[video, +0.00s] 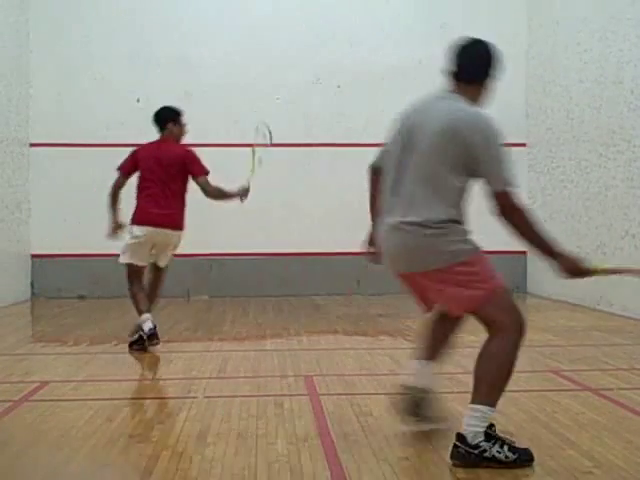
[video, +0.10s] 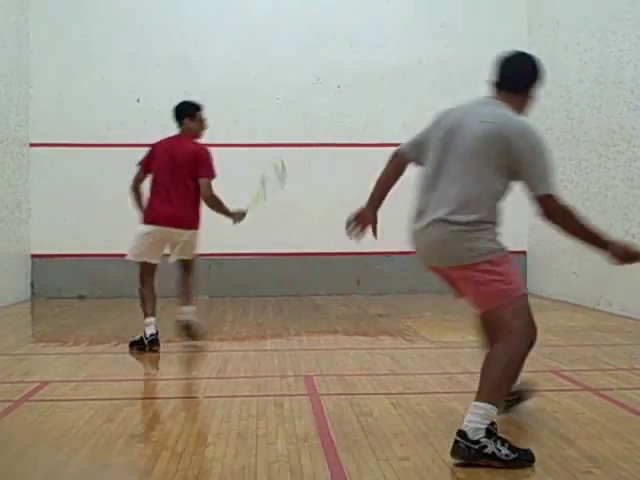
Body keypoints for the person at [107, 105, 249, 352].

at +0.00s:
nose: (185, 128)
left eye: (183, 123)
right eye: (181, 124)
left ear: (163, 127)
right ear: (171, 126)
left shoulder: (142, 151)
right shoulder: (185, 154)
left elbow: (115, 188)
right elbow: (209, 190)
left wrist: (114, 219)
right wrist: (236, 194)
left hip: (143, 223)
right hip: (172, 227)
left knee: (135, 279)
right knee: (156, 279)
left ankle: (147, 324)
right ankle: (139, 333)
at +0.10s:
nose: (205, 124)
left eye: (203, 119)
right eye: (201, 119)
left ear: (182, 122)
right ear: (188, 121)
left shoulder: (159, 147)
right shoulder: (200, 151)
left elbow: (136, 183)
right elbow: (207, 194)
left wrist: (143, 210)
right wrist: (230, 213)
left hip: (155, 221)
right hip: (186, 223)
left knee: (146, 274)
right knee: (186, 267)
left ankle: (150, 330)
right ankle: (186, 314)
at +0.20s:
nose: (227, 123)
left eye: (227, 118)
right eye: (222, 119)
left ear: (205, 120)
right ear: (209, 119)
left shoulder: (182, 143)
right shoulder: (218, 151)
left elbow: (157, 178)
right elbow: (215, 195)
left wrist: (166, 205)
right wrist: (235, 222)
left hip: (174, 220)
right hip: (204, 224)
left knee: (158, 272)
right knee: (218, 272)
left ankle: (151, 331)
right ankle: (232, 311)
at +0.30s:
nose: (252, 125)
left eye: (251, 119)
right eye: (247, 120)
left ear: (229, 122)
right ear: (233, 122)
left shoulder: (206, 145)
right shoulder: (243, 153)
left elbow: (178, 176)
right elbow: (237, 195)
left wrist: (187, 204)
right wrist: (250, 227)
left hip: (196, 221)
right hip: (227, 225)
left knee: (172, 272)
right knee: (247, 276)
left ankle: (152, 332)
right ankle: (271, 326)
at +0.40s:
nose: (275, 126)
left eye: (274, 121)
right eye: (270, 121)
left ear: (252, 124)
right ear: (255, 123)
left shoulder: (231, 149)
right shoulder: (268, 154)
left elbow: (200, 180)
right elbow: (267, 198)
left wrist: (208, 216)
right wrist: (273, 230)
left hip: (225, 226)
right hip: (256, 229)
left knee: (196, 276)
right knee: (274, 282)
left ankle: (165, 328)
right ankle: (280, 336)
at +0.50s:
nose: (292, 114)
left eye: (291, 109)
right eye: (288, 109)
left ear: (269, 112)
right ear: (274, 112)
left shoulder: (247, 138)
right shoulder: (288, 142)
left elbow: (221, 174)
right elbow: (293, 183)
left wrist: (226, 209)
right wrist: (300, 218)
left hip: (242, 215)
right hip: (273, 218)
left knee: (224, 272)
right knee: (279, 277)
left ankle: (206, 326)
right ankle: (279, 332)